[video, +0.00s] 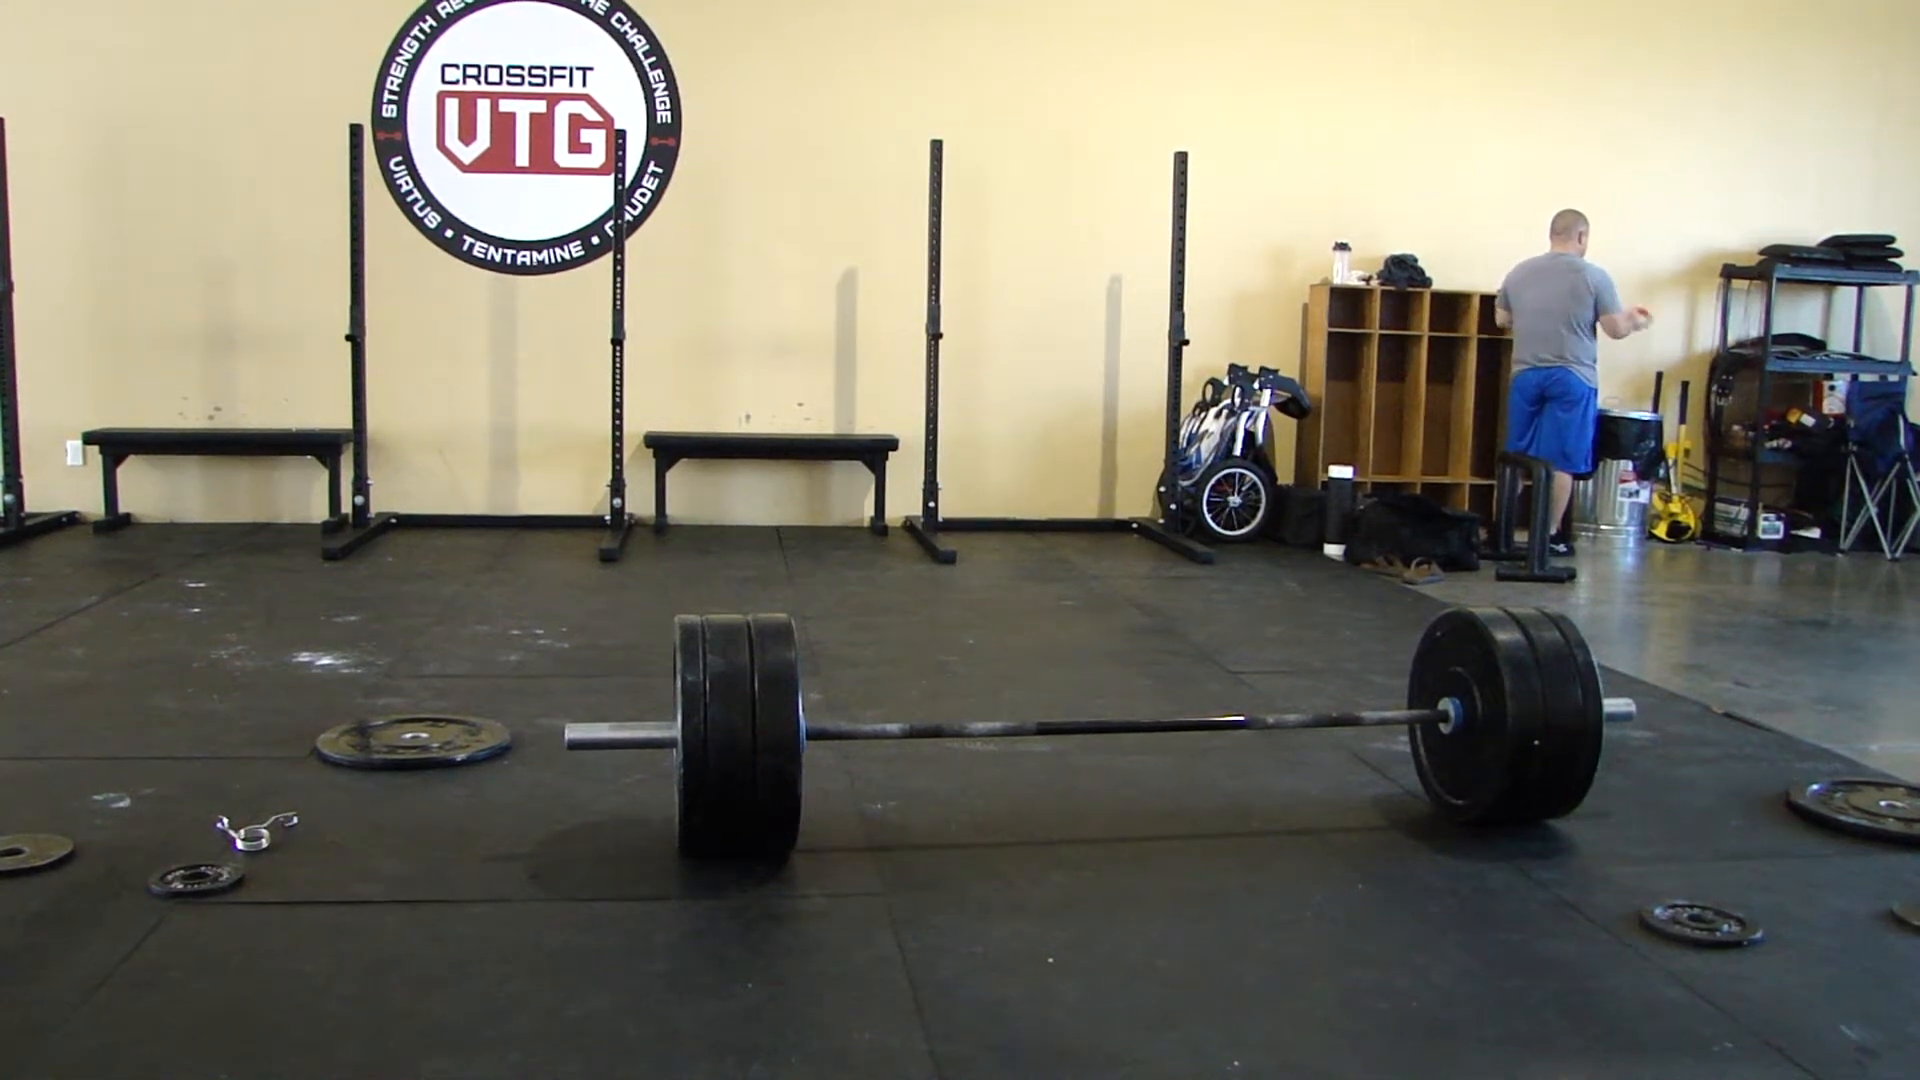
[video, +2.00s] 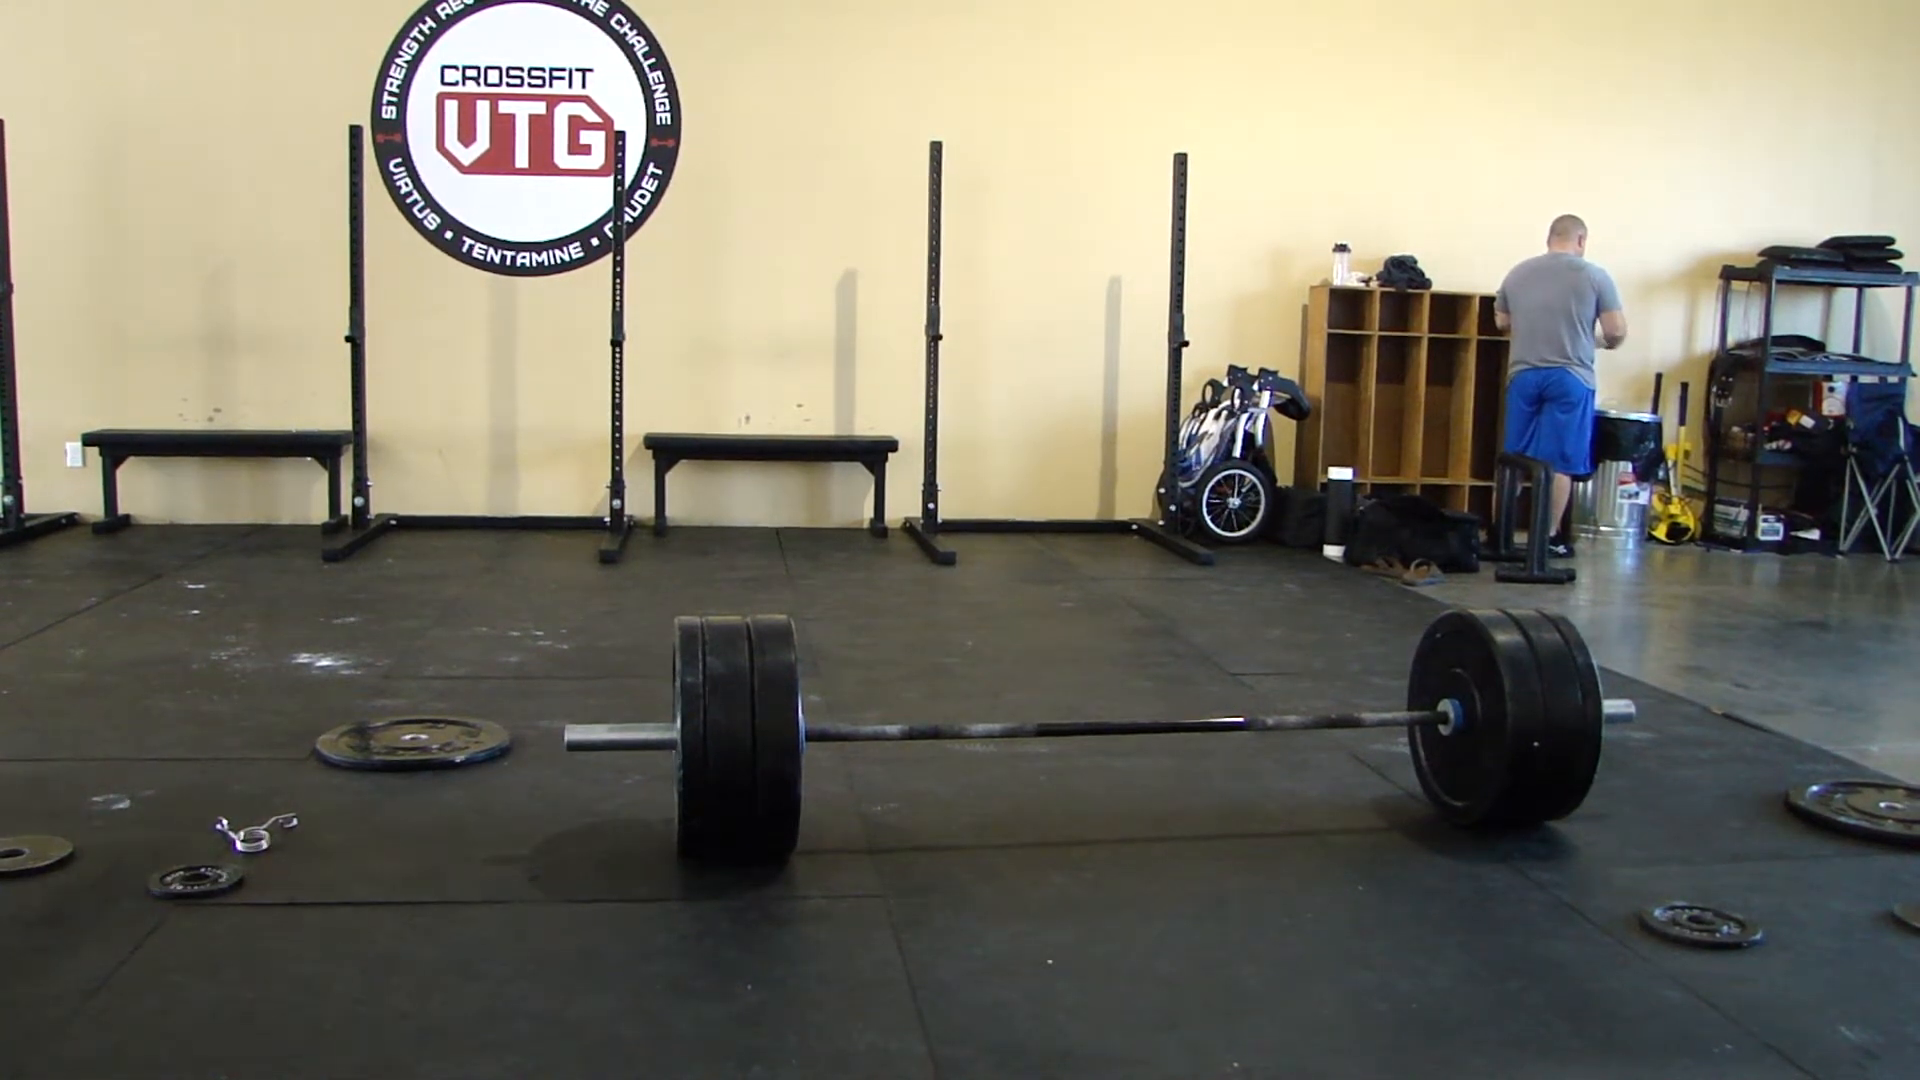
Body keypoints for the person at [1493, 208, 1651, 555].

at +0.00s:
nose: (1587, 245)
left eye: (1586, 239)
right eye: (1587, 239)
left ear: (1551, 236)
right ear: (1580, 237)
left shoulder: (1521, 271)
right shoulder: (1592, 274)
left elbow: (1502, 319)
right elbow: (1615, 329)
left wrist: (1536, 309)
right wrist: (1634, 320)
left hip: (1526, 375)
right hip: (1572, 377)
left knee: (1516, 457)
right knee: (1562, 463)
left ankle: (1503, 533)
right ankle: (1549, 536)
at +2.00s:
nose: (1582, 248)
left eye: (1581, 243)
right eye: (1584, 243)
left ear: (1548, 240)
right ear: (1581, 241)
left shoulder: (1518, 272)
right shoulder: (1593, 275)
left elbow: (1502, 321)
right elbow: (1616, 332)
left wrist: (1533, 322)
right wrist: (1603, 340)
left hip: (1523, 375)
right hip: (1570, 377)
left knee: (1512, 459)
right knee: (1560, 464)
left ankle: (1500, 535)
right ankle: (1548, 537)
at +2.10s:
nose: (1582, 249)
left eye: (1581, 244)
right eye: (1584, 244)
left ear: (1548, 240)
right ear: (1581, 241)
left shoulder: (1519, 272)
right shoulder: (1593, 275)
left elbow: (1502, 321)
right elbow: (1613, 332)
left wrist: (1536, 324)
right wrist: (1617, 347)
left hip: (1523, 376)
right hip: (1571, 378)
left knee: (1512, 459)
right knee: (1560, 464)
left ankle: (1500, 536)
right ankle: (1548, 538)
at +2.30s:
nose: (1583, 248)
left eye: (1582, 244)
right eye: (1585, 243)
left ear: (1548, 239)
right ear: (1581, 241)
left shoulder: (1519, 273)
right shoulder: (1594, 276)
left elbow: (1503, 322)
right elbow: (1613, 332)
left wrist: (1538, 323)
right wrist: (1618, 339)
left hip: (1523, 376)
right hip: (1571, 378)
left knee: (1512, 459)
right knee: (1560, 464)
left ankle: (1500, 536)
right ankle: (1548, 538)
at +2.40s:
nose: (1583, 247)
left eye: (1581, 243)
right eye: (1584, 242)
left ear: (1548, 240)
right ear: (1582, 241)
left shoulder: (1519, 273)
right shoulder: (1595, 276)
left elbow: (1504, 322)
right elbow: (1616, 330)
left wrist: (1537, 323)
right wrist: (1582, 327)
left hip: (1523, 376)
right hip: (1571, 378)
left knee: (1512, 459)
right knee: (1560, 464)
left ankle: (1501, 537)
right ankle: (1548, 538)